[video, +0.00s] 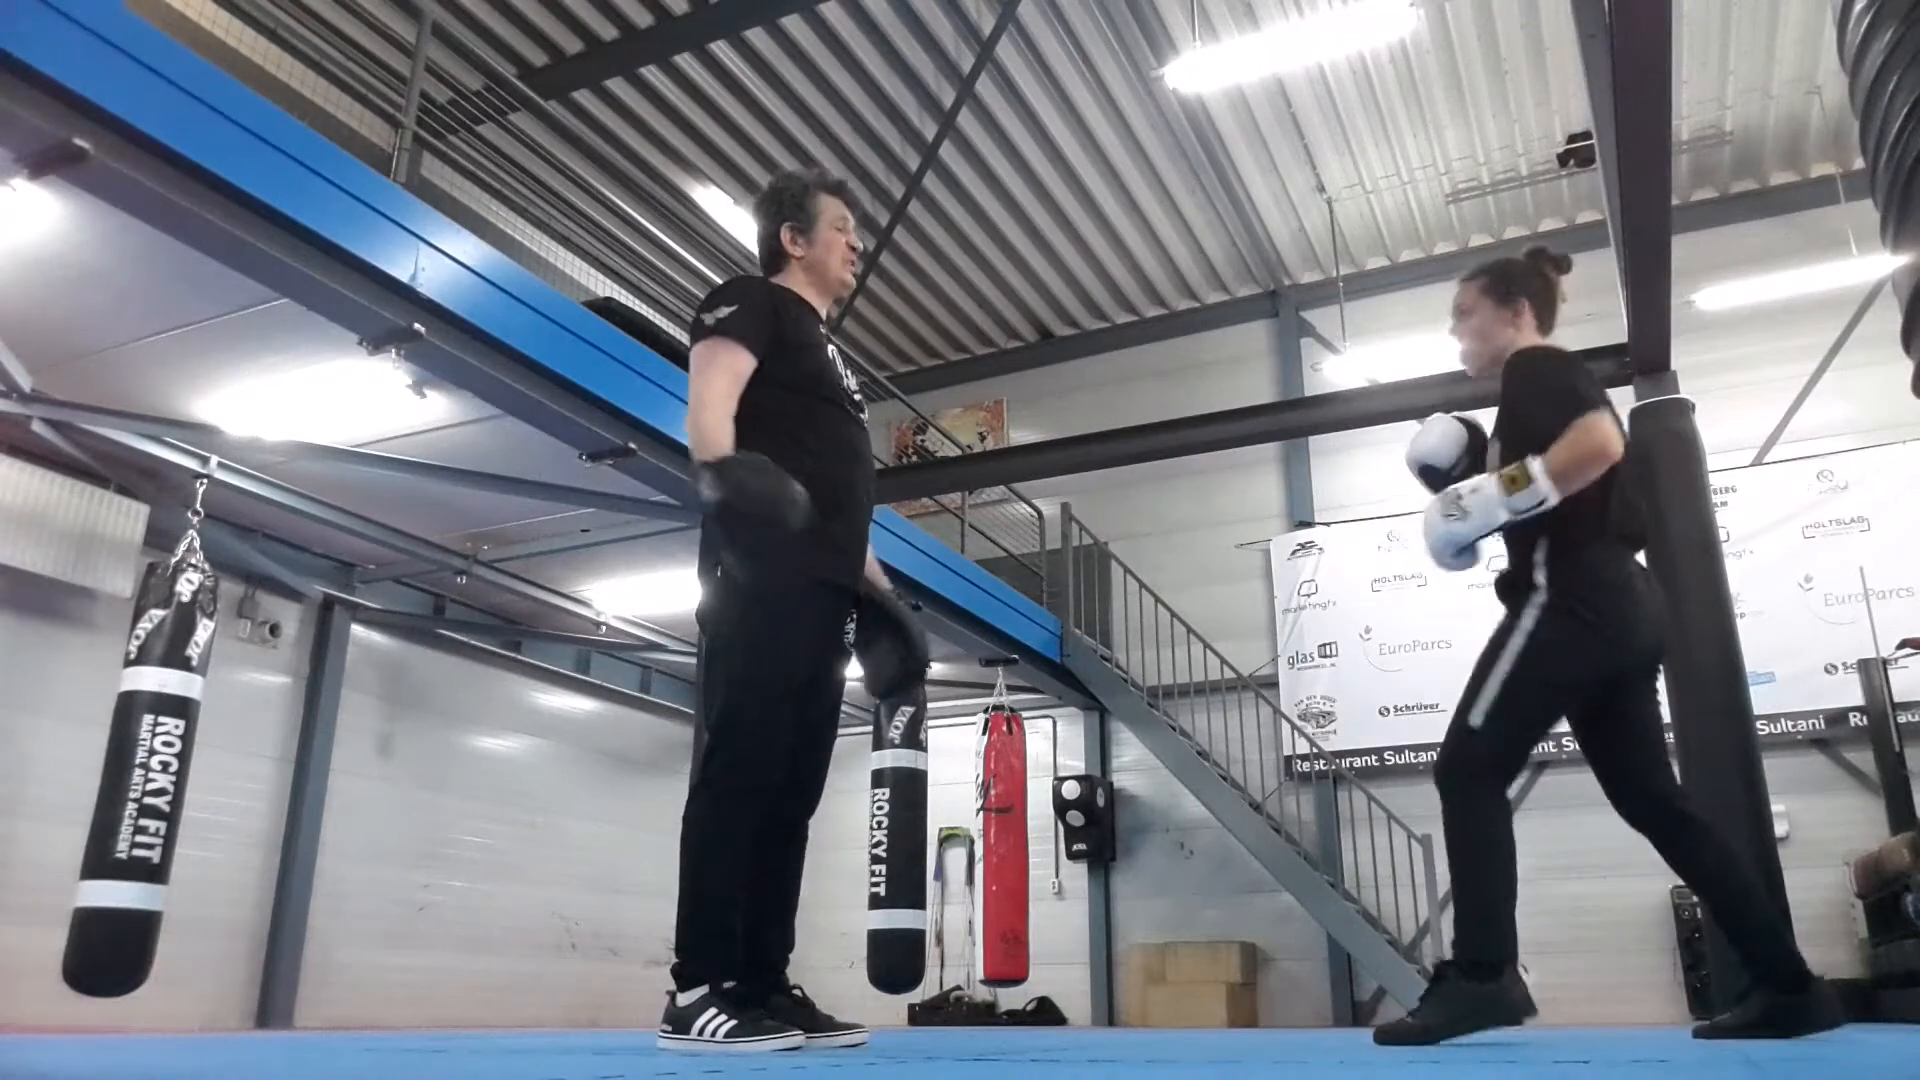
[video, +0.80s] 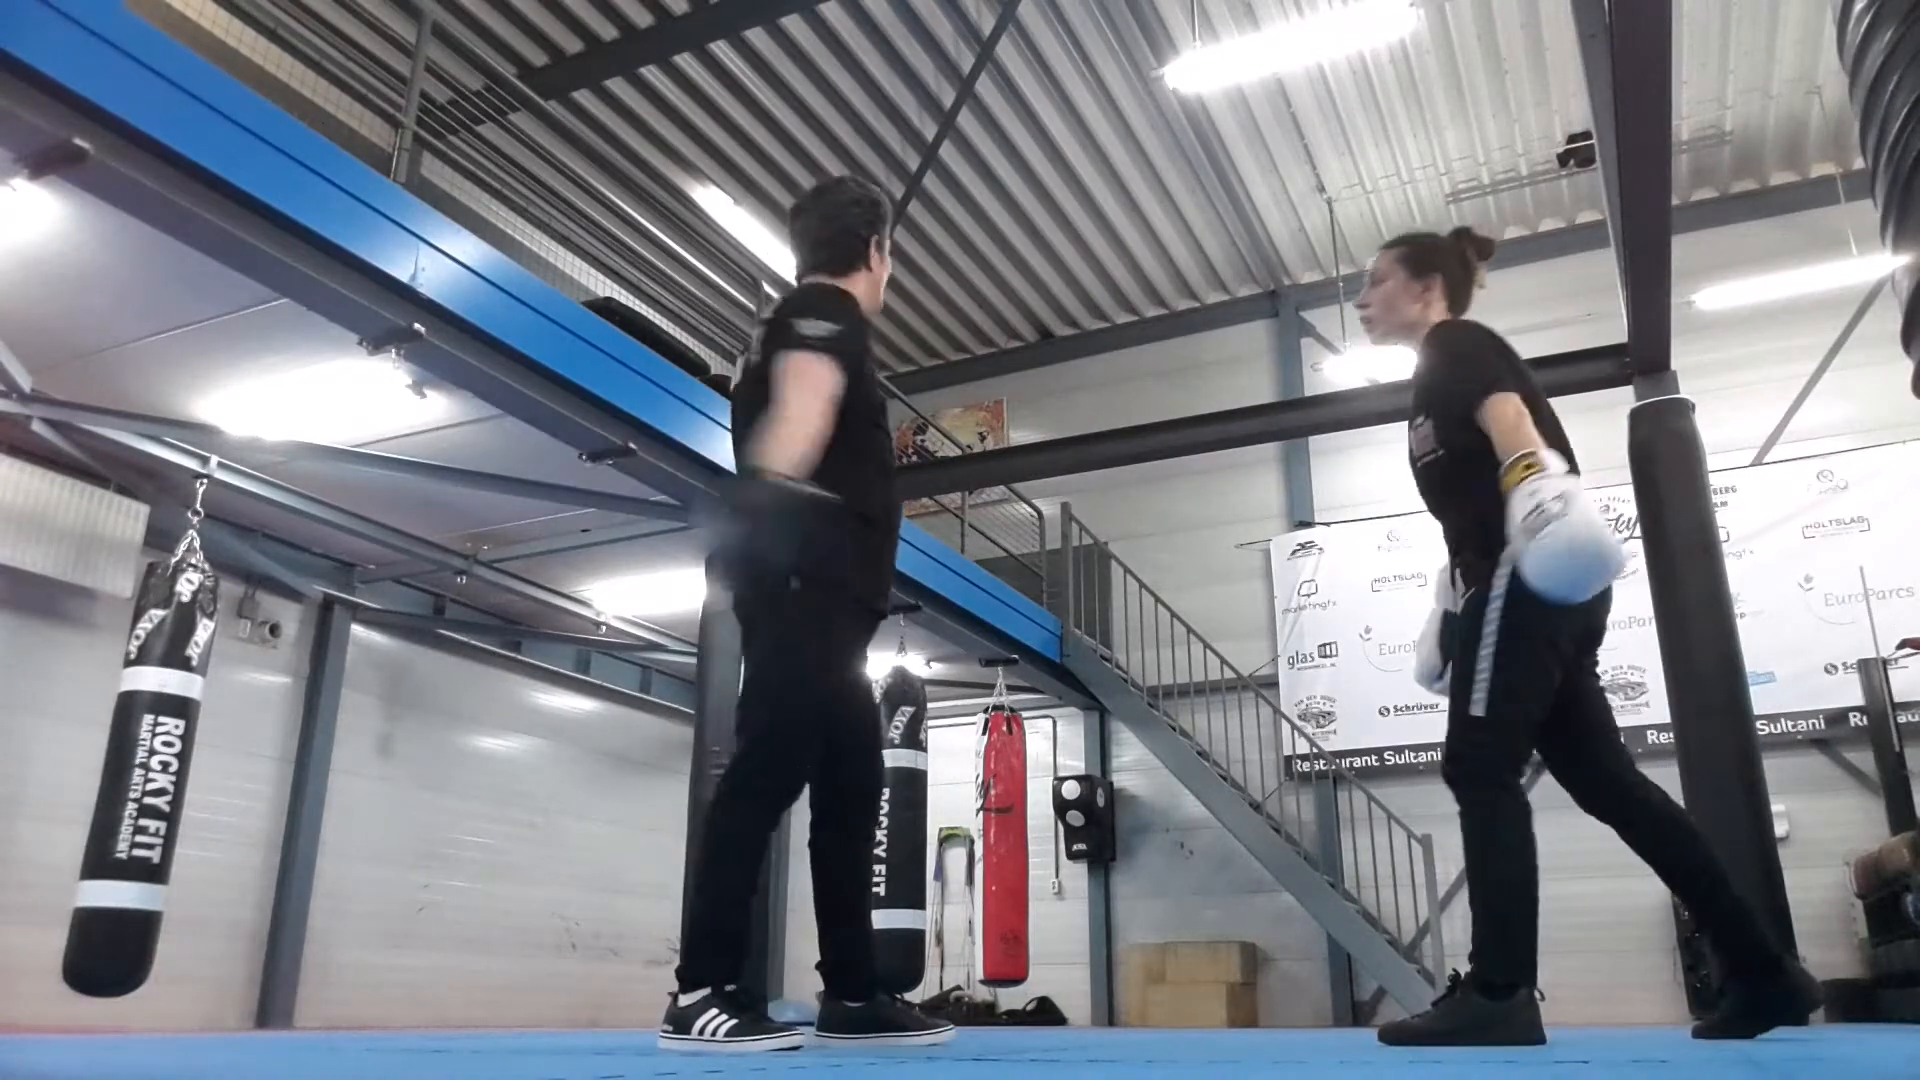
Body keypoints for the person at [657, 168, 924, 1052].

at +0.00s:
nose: (860, 248)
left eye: (859, 236)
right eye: (845, 231)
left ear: (824, 249)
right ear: (793, 238)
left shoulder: (825, 354)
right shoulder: (753, 299)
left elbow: (837, 503)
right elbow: (709, 401)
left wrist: (880, 597)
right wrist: (729, 479)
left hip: (820, 589)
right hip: (763, 571)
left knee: (792, 789)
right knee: (741, 772)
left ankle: (763, 987)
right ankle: (701, 993)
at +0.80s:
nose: (892, 269)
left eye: (889, 253)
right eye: (891, 253)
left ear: (812, 251)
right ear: (873, 251)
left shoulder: (817, 327)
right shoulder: (823, 317)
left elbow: (805, 449)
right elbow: (791, 431)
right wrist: (756, 523)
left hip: (818, 599)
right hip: (797, 594)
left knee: (849, 778)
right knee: (767, 774)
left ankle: (854, 994)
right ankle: (703, 996)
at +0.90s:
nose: (884, 266)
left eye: (879, 255)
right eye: (881, 254)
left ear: (794, 263)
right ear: (869, 255)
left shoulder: (774, 345)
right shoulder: (851, 319)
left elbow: (783, 478)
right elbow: (893, 451)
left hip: (793, 590)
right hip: (822, 591)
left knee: (845, 785)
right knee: (771, 777)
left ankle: (854, 996)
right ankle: (704, 996)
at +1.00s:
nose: (877, 268)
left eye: (868, 257)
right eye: (875, 254)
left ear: (786, 268)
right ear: (864, 255)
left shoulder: (761, 354)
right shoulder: (863, 315)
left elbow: (806, 458)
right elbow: (977, 421)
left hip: (801, 587)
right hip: (836, 585)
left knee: (847, 787)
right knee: (774, 775)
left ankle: (853, 998)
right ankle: (705, 996)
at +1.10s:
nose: (880, 266)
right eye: (876, 251)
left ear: (797, 269)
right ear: (874, 255)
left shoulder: (768, 361)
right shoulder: (886, 316)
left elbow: (774, 492)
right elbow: (1003, 364)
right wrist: (1075, 365)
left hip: (800, 588)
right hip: (853, 584)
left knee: (844, 789)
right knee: (787, 774)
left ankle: (854, 996)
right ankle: (708, 987)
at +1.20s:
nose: (897, 268)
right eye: (893, 255)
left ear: (817, 272)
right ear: (894, 260)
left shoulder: (779, 369)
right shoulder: (910, 311)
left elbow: (769, 497)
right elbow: (999, 310)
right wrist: (1009, 257)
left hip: (800, 584)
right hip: (874, 576)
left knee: (846, 785)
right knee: (807, 766)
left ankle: (854, 995)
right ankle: (711, 978)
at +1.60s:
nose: (928, 280)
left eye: (926, 271)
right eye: (922, 270)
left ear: (841, 284)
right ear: (902, 271)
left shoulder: (812, 377)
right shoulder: (896, 309)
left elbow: (802, 516)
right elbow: (1028, 285)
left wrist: (800, 608)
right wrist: (1025, 237)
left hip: (840, 584)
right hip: (891, 576)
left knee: (856, 787)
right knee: (835, 772)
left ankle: (852, 994)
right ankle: (725, 970)